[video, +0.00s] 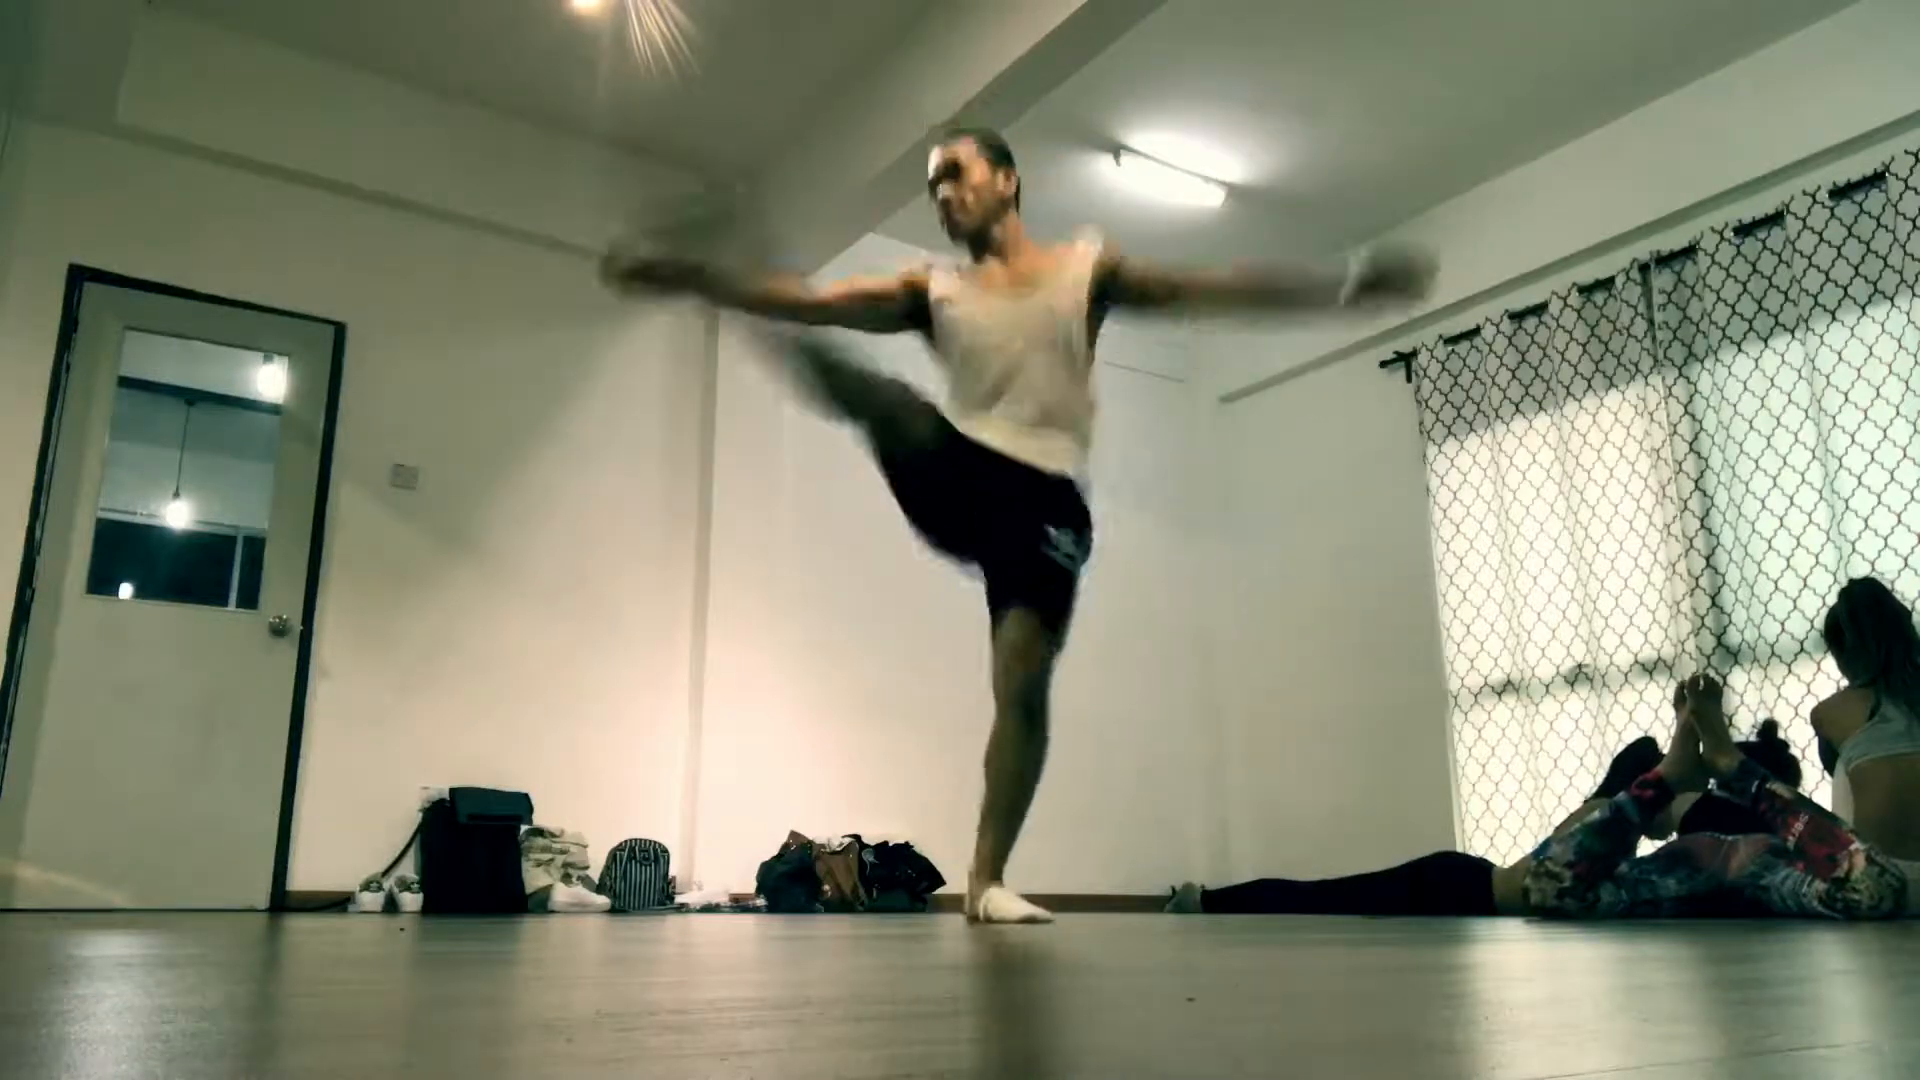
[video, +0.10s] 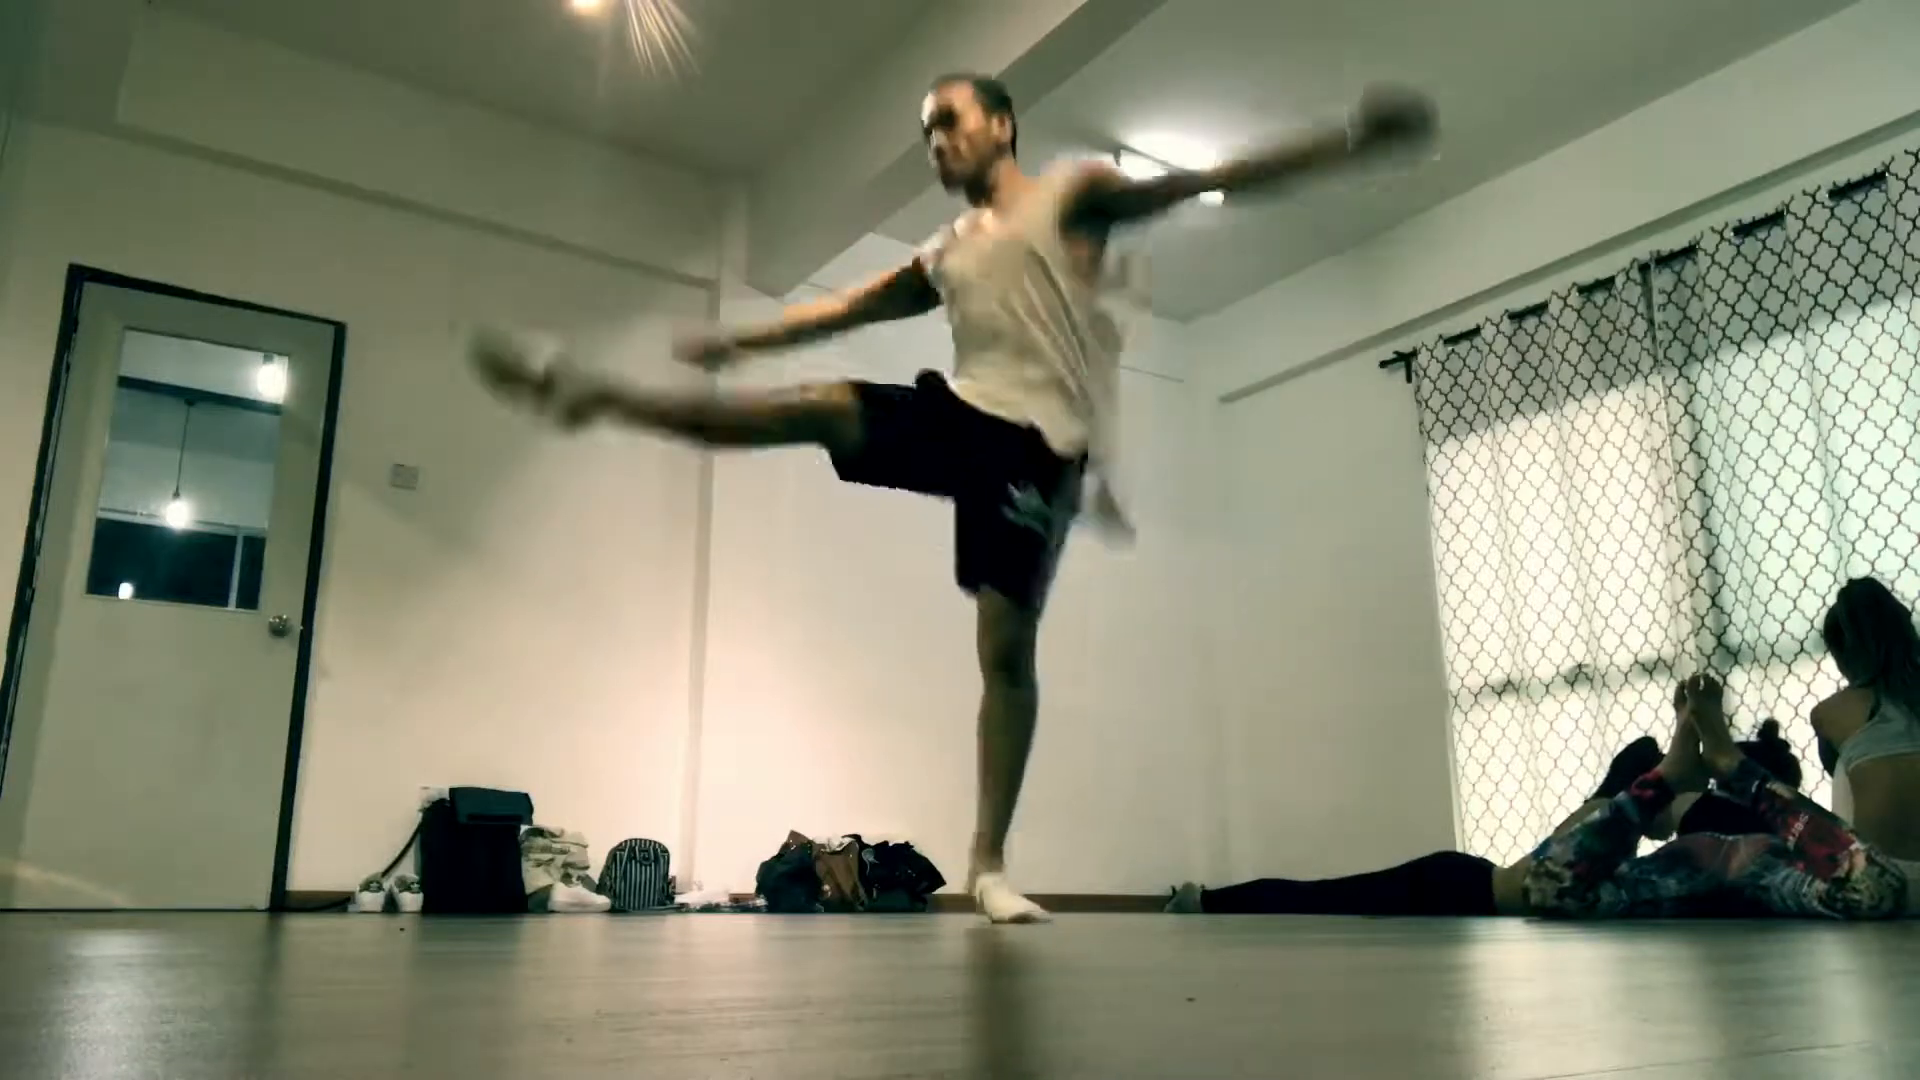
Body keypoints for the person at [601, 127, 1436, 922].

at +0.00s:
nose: (946, 193)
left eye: (958, 175)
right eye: (937, 184)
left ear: (1007, 179)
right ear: (941, 205)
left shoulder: (1087, 263)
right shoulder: (936, 289)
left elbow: (1211, 287)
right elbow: (807, 298)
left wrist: (1339, 290)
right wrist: (691, 280)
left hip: (1045, 494)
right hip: (956, 473)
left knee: (1023, 684)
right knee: (867, 392)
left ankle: (985, 884)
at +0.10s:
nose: (936, 138)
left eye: (950, 120)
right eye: (929, 129)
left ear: (1004, 122)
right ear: (942, 148)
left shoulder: (1069, 188)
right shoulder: (952, 253)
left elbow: (1213, 182)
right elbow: (838, 308)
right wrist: (738, 337)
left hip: (1038, 448)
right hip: (956, 419)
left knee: (1005, 651)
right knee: (809, 406)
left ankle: (987, 869)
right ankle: (586, 397)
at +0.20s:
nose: (921, 114)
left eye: (936, 96)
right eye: (915, 105)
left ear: (990, 100)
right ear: (929, 129)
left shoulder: (1028, 156)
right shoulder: (951, 234)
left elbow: (1131, 153)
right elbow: (920, 345)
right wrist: (847, 411)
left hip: (1037, 398)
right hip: (973, 405)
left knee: (1001, 611)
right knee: (822, 448)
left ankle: (1020, 836)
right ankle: (639, 486)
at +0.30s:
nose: (906, 118)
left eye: (923, 101)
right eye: (907, 106)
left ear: (975, 112)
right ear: (940, 122)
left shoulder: (983, 177)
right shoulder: (956, 205)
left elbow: (999, 186)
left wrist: (968, 178)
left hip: (994, 419)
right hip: (970, 420)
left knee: (996, 647)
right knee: (892, 503)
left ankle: (1027, 853)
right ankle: (804, 567)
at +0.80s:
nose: (884, 175)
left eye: (900, 158)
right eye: (874, 170)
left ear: (950, 173)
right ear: (876, 196)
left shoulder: (1015, 283)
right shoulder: (864, 266)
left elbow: (1126, 346)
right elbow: (773, 255)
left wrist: (1234, 370)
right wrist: (713, 209)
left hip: (968, 497)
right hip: (875, 479)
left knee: (966, 680)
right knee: (899, 405)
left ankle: (896, 879)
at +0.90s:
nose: (879, 133)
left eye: (896, 115)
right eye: (874, 120)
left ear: (952, 124)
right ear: (883, 139)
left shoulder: (1027, 208)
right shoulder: (861, 225)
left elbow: (1164, 227)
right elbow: (719, 229)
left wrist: (1284, 236)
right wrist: (590, 220)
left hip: (984, 468)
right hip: (892, 431)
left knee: (948, 676)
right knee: (748, 424)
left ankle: (901, 876)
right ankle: (589, 398)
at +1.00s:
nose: (866, 89)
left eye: (883, 71)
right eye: (862, 77)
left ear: (941, 79)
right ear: (881, 99)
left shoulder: (1008, 154)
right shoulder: (869, 207)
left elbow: (1147, 165)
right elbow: (773, 260)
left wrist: (1285, 173)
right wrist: (697, 283)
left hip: (979, 430)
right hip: (880, 403)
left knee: (950, 643)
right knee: (723, 453)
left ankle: (928, 868)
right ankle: (506, 495)